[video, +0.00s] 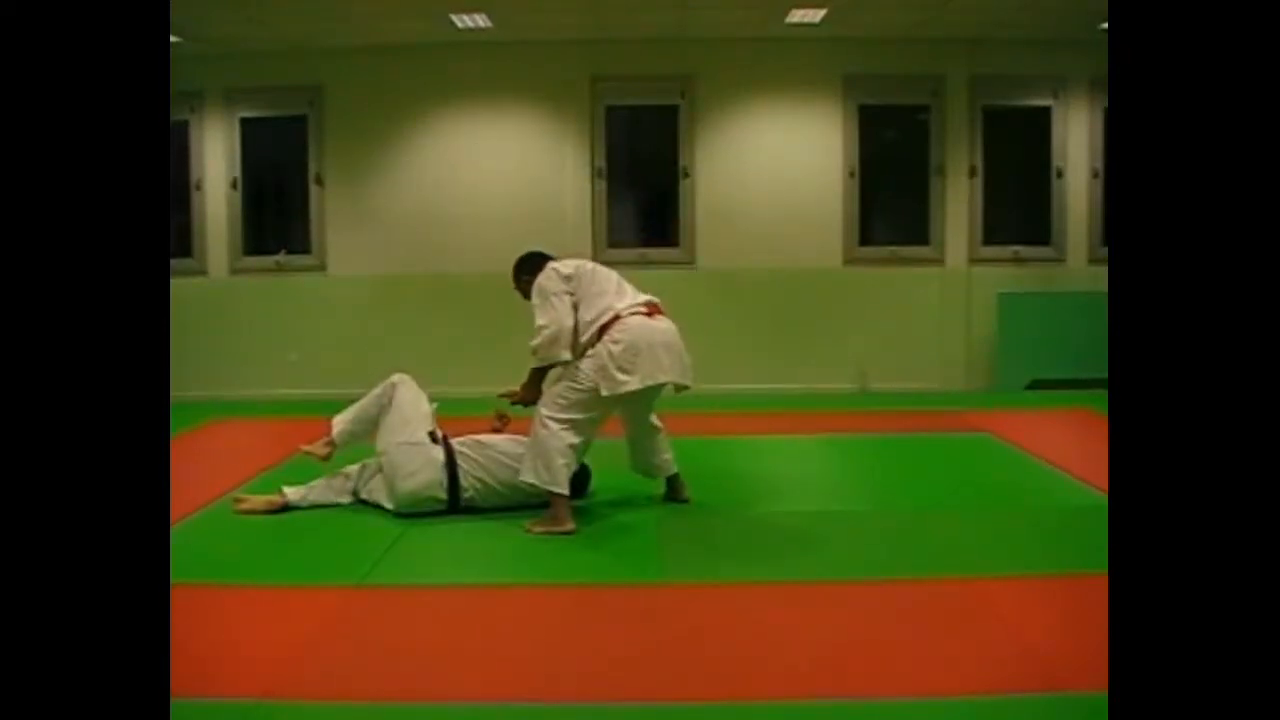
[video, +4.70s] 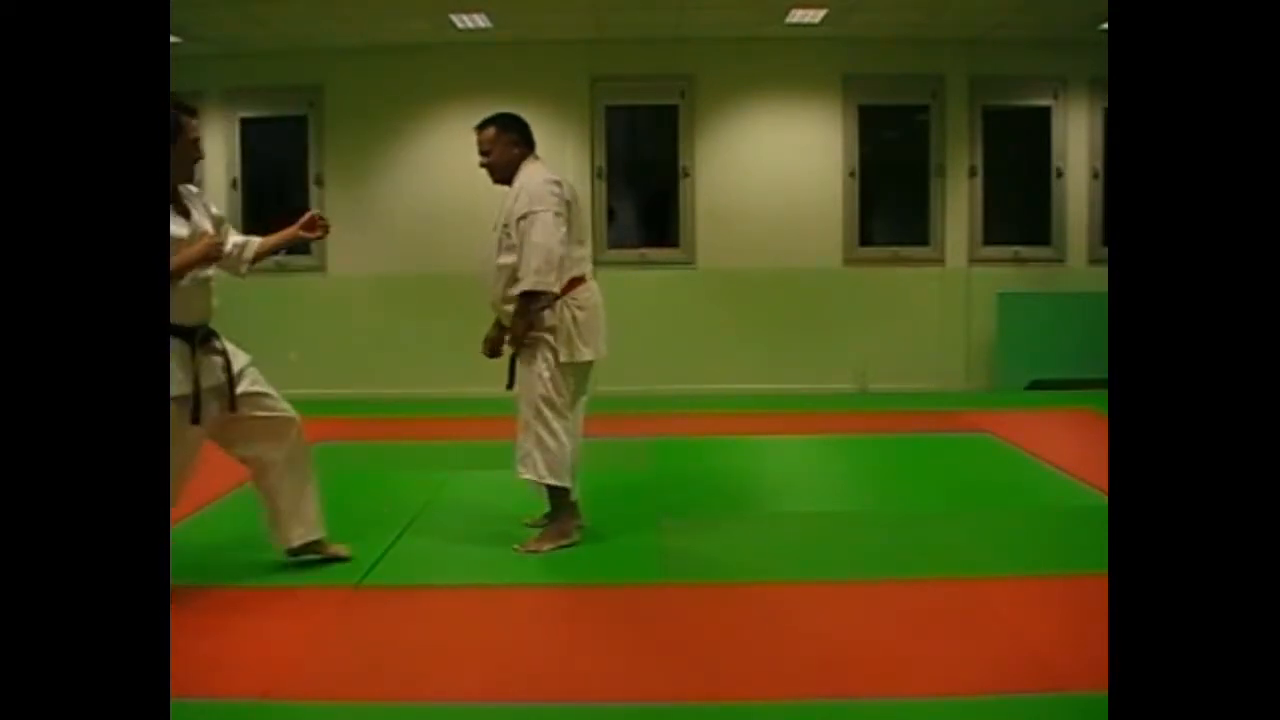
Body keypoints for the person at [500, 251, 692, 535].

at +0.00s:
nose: (526, 297)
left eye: (524, 290)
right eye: (523, 293)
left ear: (530, 276)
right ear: (549, 262)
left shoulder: (548, 278)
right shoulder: (585, 272)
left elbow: (556, 330)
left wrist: (533, 384)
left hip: (624, 340)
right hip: (666, 336)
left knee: (553, 415)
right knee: (639, 414)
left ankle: (559, 512)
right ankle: (675, 484)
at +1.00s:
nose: (537, 248)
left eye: (536, 241)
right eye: (535, 243)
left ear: (540, 229)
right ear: (565, 218)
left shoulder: (556, 239)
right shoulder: (609, 236)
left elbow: (548, 302)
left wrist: (521, 357)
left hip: (612, 324)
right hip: (657, 317)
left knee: (557, 412)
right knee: (646, 411)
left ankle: (559, 512)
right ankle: (676, 484)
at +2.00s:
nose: (516, 195)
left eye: (519, 184)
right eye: (513, 186)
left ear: (541, 175)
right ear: (549, 175)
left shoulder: (560, 210)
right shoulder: (581, 197)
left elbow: (573, 280)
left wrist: (560, 343)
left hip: (603, 321)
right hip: (632, 310)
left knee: (560, 411)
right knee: (630, 404)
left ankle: (567, 509)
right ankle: (666, 473)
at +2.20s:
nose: (502, 183)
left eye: (506, 173)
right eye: (499, 174)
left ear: (532, 164)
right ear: (533, 166)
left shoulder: (549, 204)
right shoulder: (559, 192)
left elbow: (561, 273)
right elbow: (545, 268)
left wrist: (550, 334)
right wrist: (530, 320)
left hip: (583, 318)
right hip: (605, 310)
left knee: (554, 412)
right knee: (595, 405)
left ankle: (566, 509)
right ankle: (616, 477)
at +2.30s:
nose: (498, 180)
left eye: (502, 169)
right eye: (495, 171)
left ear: (528, 160)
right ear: (528, 163)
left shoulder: (547, 200)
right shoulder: (552, 193)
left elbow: (560, 269)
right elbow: (544, 268)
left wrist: (549, 331)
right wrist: (523, 319)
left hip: (577, 319)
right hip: (588, 312)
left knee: (558, 413)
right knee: (579, 406)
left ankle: (566, 508)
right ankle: (585, 486)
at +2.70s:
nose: (480, 171)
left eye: (486, 161)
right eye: (477, 162)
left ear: (512, 153)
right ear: (499, 157)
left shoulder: (539, 193)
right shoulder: (513, 195)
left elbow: (557, 263)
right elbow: (509, 268)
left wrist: (547, 323)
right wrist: (488, 319)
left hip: (553, 323)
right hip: (525, 325)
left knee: (553, 417)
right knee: (523, 417)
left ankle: (566, 507)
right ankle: (527, 499)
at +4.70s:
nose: (482, 161)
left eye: (488, 151)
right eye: (480, 152)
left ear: (515, 148)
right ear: (512, 151)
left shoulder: (537, 188)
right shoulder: (525, 189)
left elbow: (539, 268)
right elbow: (519, 269)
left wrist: (515, 325)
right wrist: (497, 323)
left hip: (558, 315)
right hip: (549, 314)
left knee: (546, 412)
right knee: (548, 411)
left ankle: (563, 516)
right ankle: (558, 506)